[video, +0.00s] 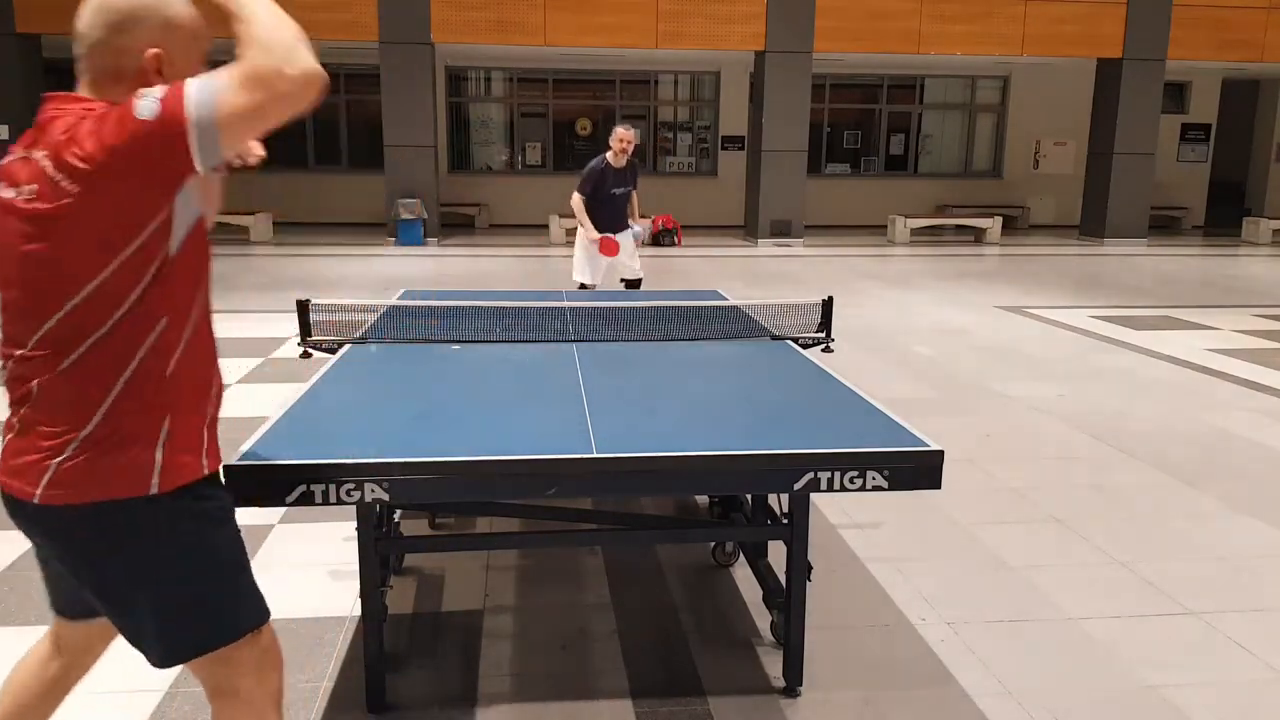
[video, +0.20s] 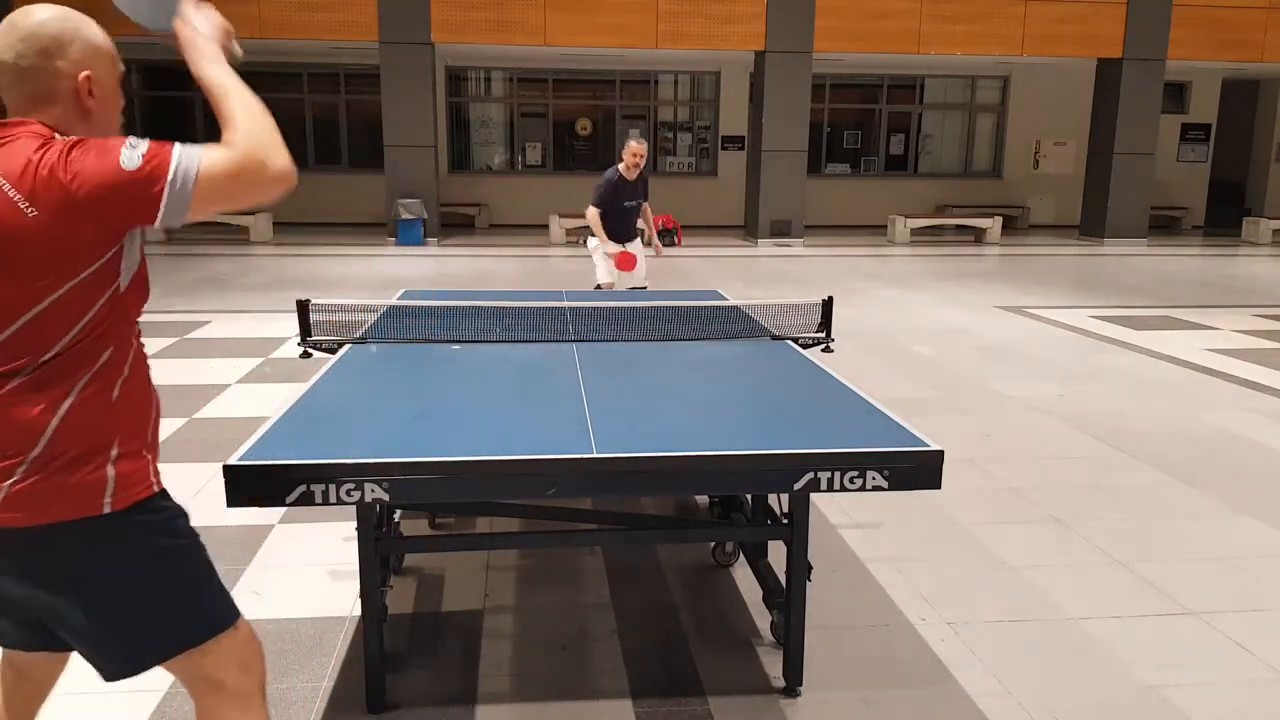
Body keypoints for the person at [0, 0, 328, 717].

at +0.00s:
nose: (201, 80)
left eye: (203, 64)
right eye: (197, 63)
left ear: (88, 62)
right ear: (153, 64)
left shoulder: (31, 150)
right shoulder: (132, 139)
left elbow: (165, 224)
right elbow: (294, 75)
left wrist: (215, 150)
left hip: (41, 474)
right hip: (137, 484)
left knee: (77, 635)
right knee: (248, 675)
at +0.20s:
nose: (123, 104)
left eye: (120, 86)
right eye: (117, 86)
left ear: (14, 88)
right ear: (83, 88)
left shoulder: (9, 161)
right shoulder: (79, 174)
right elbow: (267, 167)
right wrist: (207, 52)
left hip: (11, 506)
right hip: (92, 507)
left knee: (17, 680)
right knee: (231, 672)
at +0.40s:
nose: (122, 85)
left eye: (119, 69)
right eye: (118, 70)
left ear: (17, 81)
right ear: (91, 80)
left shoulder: (7, 157)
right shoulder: (79, 177)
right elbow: (262, 261)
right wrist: (270, 154)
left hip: (9, 490)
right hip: (82, 494)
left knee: (10, 674)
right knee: (214, 673)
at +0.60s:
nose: (203, 101)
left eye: (199, 85)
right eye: (199, 86)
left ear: (98, 98)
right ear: (178, 99)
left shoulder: (19, 181)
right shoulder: (142, 205)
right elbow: (277, 356)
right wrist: (328, 277)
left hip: (13, 498)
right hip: (108, 509)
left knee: (36, 666)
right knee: (264, 673)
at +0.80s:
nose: (293, 144)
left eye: (291, 126)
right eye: (291, 126)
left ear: (189, 122)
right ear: (270, 133)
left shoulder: (100, 195)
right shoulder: (226, 236)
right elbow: (292, 417)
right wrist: (369, 376)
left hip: (40, 503)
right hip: (146, 514)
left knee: (117, 627)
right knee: (300, 674)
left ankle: (60, 719)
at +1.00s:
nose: (328, 151)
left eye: (330, 134)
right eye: (328, 134)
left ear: (230, 122)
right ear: (304, 139)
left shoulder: (148, 180)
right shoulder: (234, 238)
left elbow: (172, 304)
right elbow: (301, 419)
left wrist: (282, 317)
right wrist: (388, 373)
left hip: (43, 478)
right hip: (126, 502)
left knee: (107, 652)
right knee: (270, 667)